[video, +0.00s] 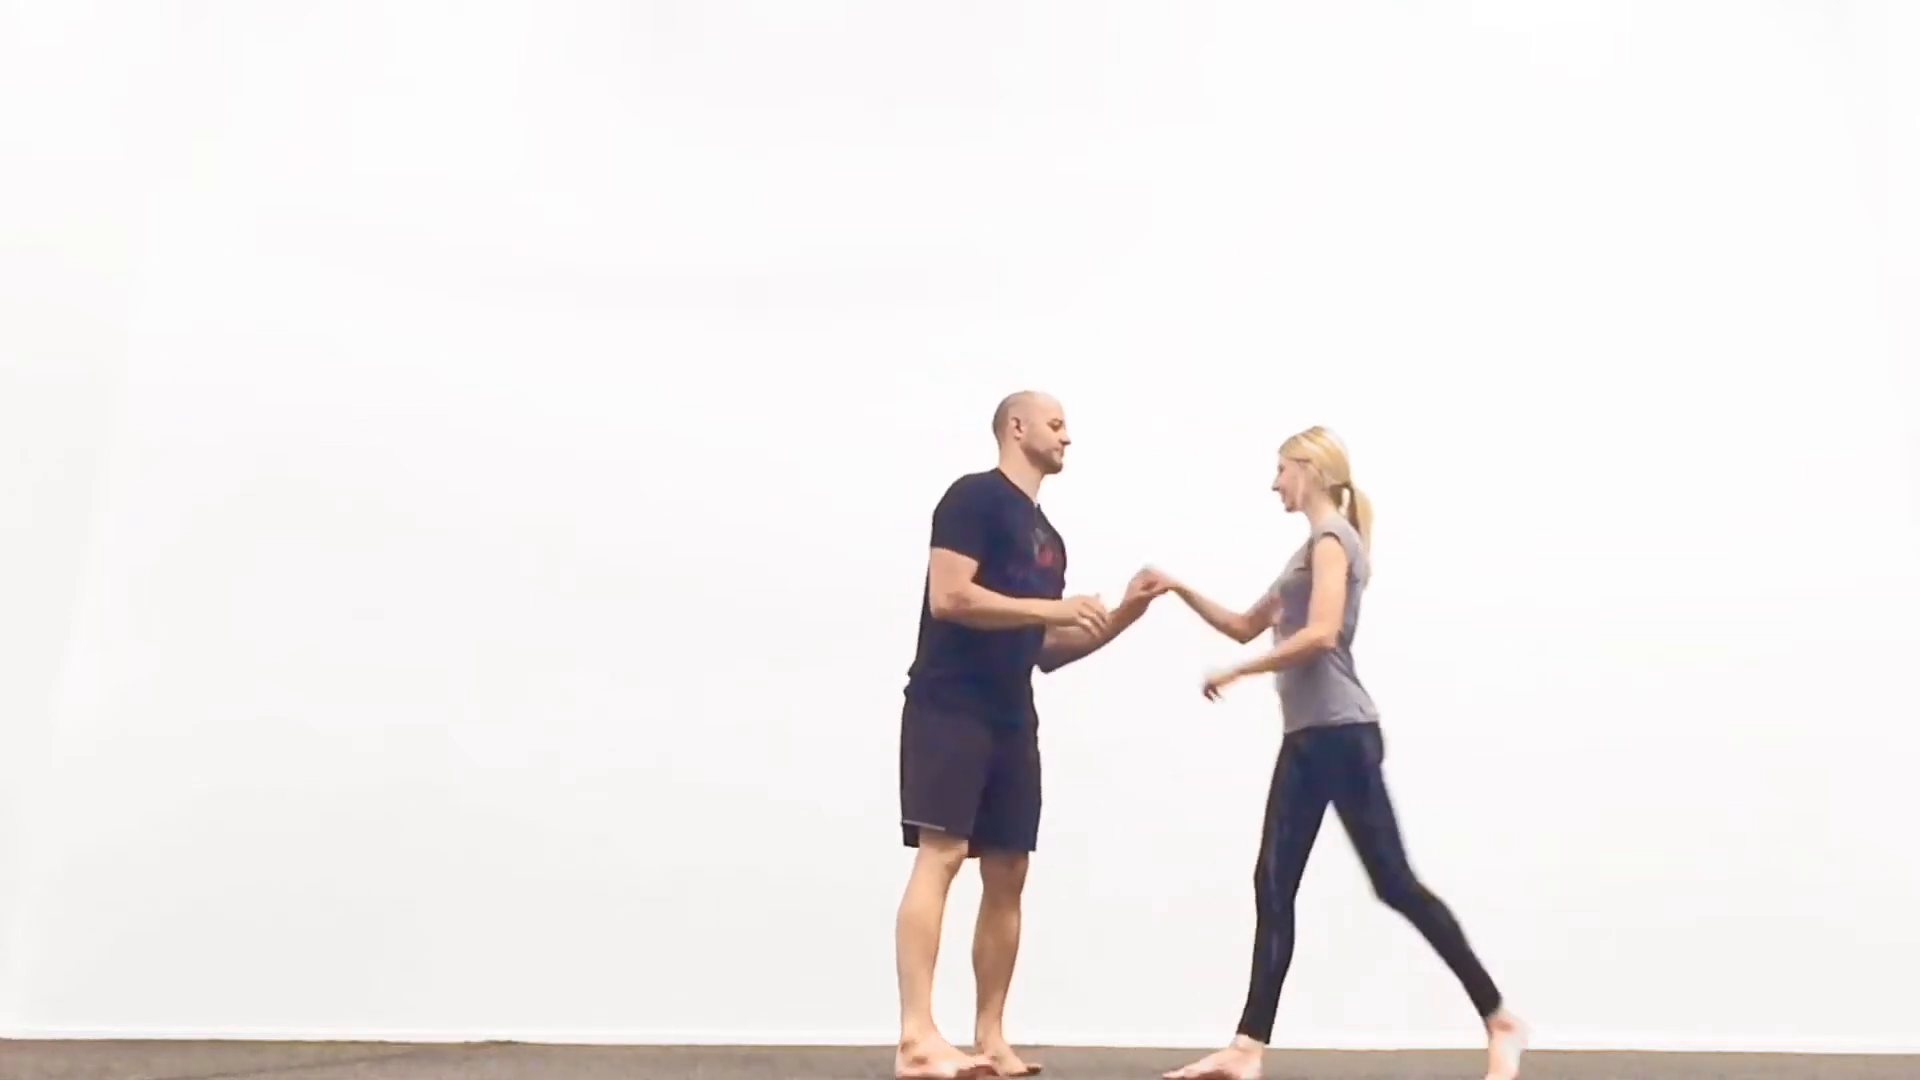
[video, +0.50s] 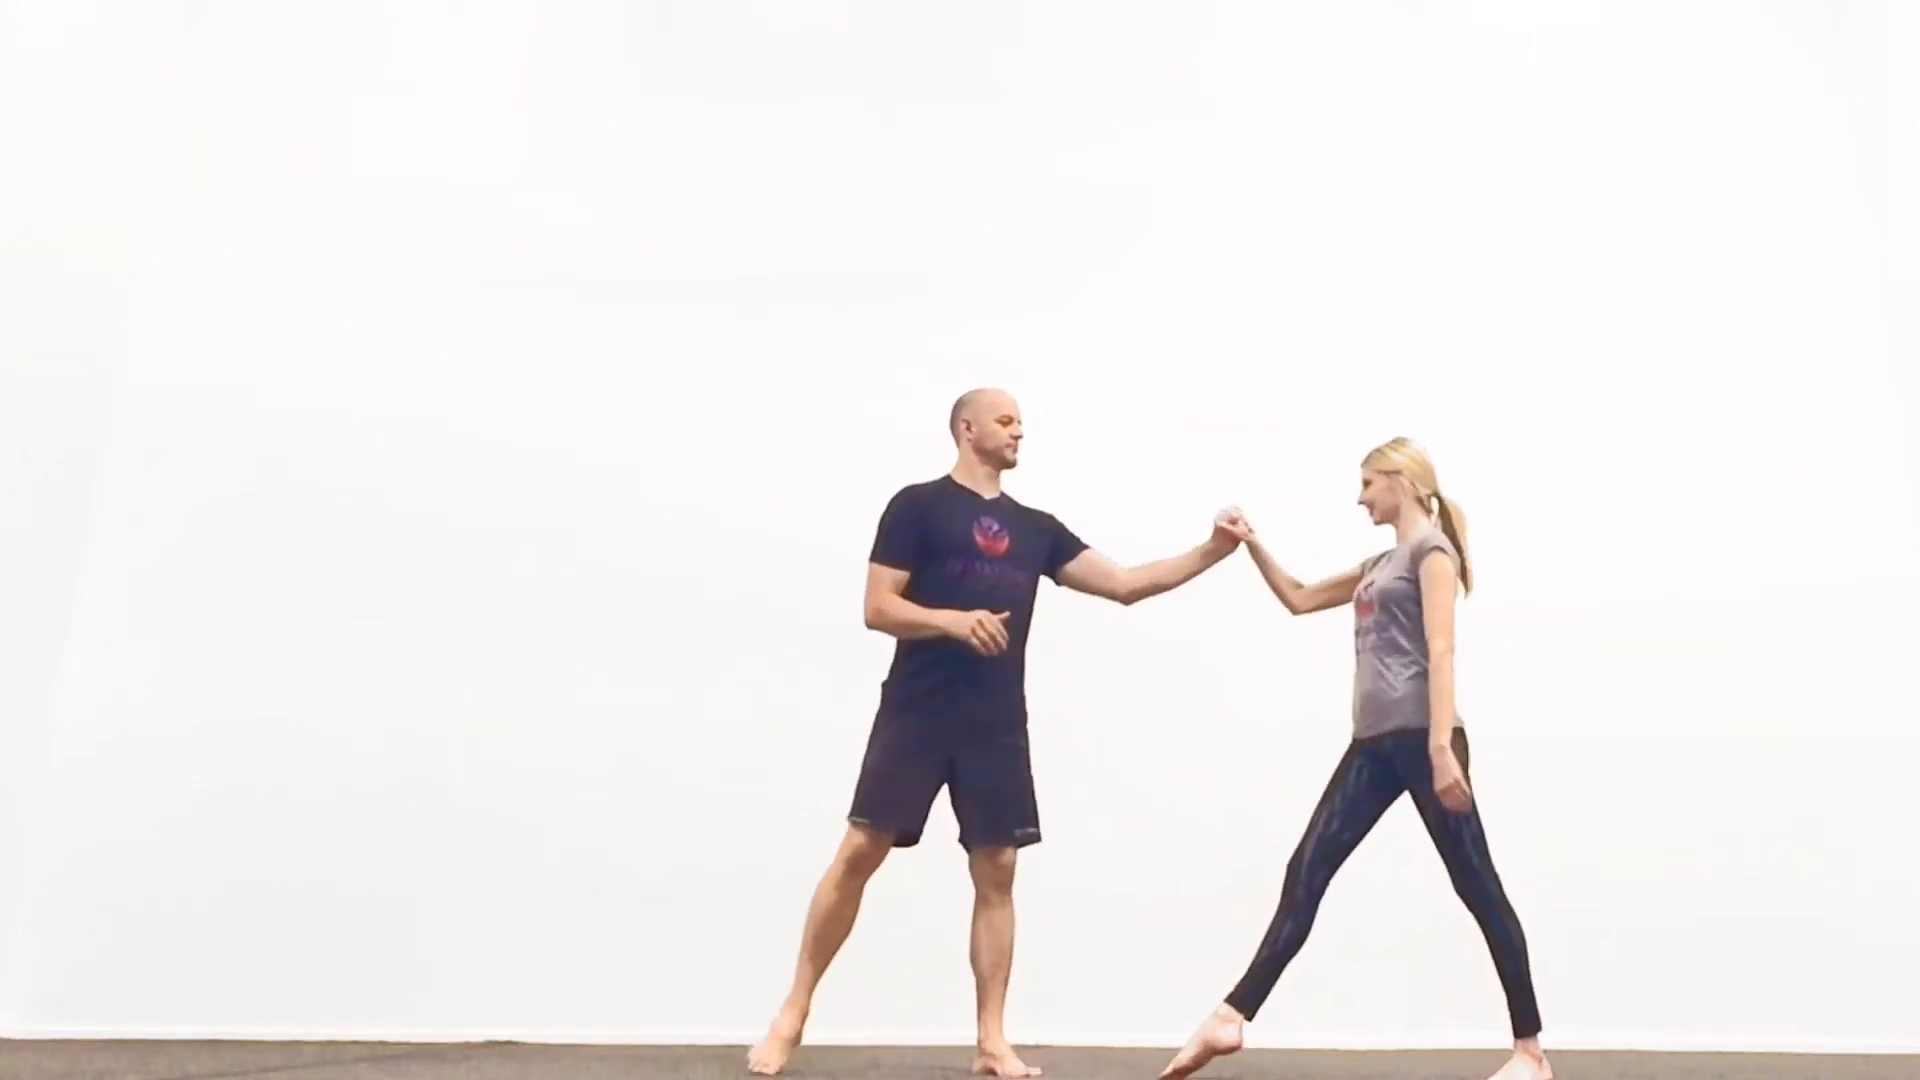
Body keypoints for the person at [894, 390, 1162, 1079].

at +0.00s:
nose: (1067, 438)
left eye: (1066, 428)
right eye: (1055, 425)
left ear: (1028, 431)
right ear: (1015, 428)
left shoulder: (1049, 540)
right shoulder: (973, 494)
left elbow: (1041, 651)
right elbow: (948, 598)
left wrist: (1122, 615)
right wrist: (1051, 609)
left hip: (1011, 715)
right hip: (949, 708)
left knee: (1006, 872)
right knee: (940, 855)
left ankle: (989, 1039)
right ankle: (916, 1038)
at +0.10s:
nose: (1064, 439)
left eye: (1064, 429)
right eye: (1052, 426)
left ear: (1030, 434)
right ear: (1012, 430)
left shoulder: (1056, 542)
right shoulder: (963, 497)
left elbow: (1087, 643)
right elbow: (932, 598)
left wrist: (1159, 590)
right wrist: (1040, 610)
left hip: (1013, 716)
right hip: (946, 706)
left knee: (1004, 871)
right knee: (930, 848)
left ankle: (990, 1040)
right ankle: (891, 1031)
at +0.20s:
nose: (1055, 437)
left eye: (1056, 428)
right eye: (1043, 425)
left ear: (1032, 436)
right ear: (1002, 430)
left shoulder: (1054, 537)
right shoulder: (953, 498)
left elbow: (1120, 619)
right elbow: (916, 597)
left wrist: (1195, 562)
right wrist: (1007, 610)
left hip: (1012, 717)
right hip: (941, 707)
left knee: (1002, 872)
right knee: (911, 847)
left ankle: (990, 1042)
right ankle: (849, 1020)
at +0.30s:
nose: (1045, 435)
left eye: (1046, 426)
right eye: (1033, 423)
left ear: (1023, 435)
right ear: (992, 429)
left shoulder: (1053, 534)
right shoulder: (942, 499)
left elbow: (1136, 596)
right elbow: (902, 598)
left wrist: (1214, 540)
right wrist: (986, 609)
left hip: (1010, 720)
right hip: (932, 710)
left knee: (1001, 871)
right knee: (889, 844)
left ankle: (992, 1042)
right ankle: (817, 1007)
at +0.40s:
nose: (1033, 433)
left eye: (1034, 424)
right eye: (1020, 422)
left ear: (1013, 435)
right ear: (980, 430)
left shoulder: (1046, 529)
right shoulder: (930, 503)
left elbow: (1137, 585)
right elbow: (891, 603)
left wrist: (1216, 539)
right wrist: (969, 615)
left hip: (1005, 723)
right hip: (923, 714)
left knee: (999, 872)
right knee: (869, 846)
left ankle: (992, 1043)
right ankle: (798, 1007)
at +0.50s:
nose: (1017, 433)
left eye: (1020, 423)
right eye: (1005, 421)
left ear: (1015, 436)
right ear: (964, 429)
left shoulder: (1034, 528)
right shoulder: (917, 505)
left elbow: (1125, 584)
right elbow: (879, 608)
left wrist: (1211, 550)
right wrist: (954, 621)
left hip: (996, 722)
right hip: (914, 715)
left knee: (997, 873)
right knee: (860, 853)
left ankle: (992, 1043)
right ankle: (792, 1015)